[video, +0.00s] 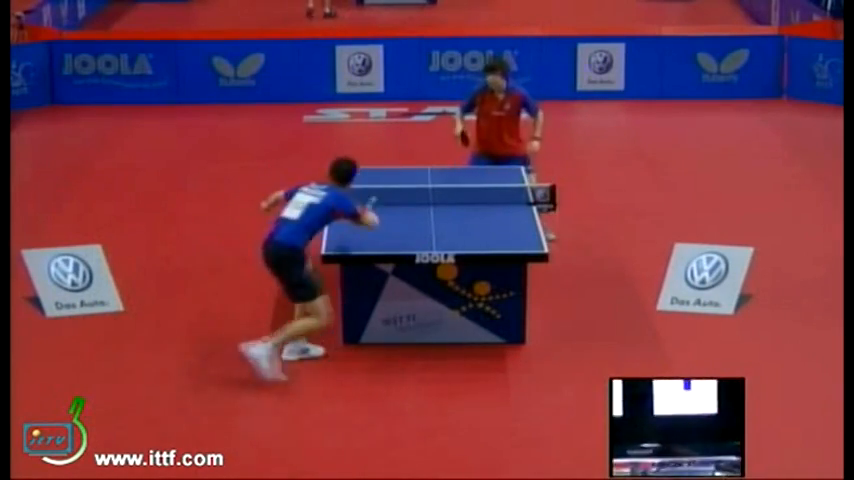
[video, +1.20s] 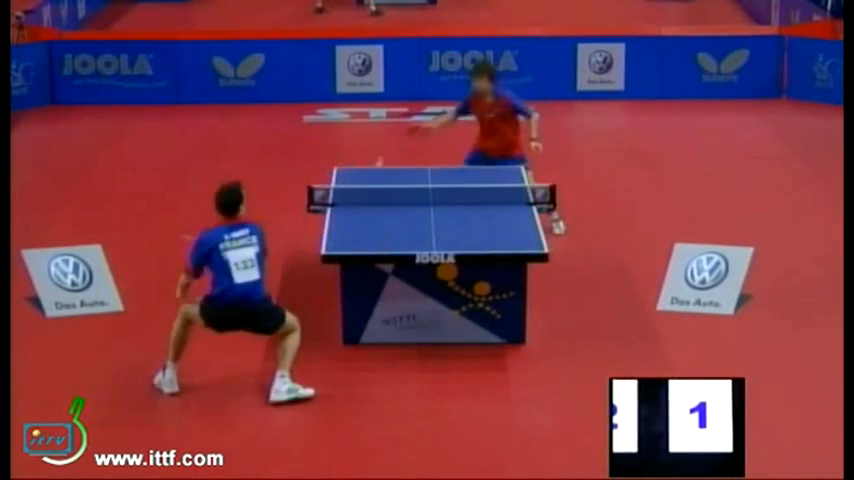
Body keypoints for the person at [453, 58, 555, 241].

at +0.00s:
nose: (492, 81)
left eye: (496, 77)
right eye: (489, 77)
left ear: (504, 77)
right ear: (486, 78)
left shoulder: (517, 95)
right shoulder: (481, 94)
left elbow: (538, 113)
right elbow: (462, 111)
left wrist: (536, 139)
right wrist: (460, 129)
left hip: (514, 155)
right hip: (485, 153)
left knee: (528, 192)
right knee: (470, 188)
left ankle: (537, 229)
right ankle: (469, 231)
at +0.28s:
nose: (494, 103)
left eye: (498, 99)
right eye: (491, 98)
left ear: (504, 100)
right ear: (487, 99)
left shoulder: (516, 116)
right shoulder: (480, 114)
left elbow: (541, 135)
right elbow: (454, 131)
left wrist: (540, 150)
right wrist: (457, 144)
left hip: (509, 167)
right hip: (483, 167)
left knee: (526, 199)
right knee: (476, 202)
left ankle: (537, 231)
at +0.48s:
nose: (499, 114)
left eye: (503, 110)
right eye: (496, 109)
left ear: (509, 110)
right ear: (490, 107)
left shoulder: (516, 122)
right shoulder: (480, 120)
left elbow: (537, 143)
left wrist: (536, 150)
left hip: (502, 169)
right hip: (478, 169)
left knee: (518, 201)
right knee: (474, 205)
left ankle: (535, 231)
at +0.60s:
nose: (499, 109)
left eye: (502, 105)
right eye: (496, 104)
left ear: (508, 107)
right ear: (490, 105)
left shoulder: (515, 120)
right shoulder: (484, 115)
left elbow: (527, 135)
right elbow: (471, 126)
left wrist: (534, 141)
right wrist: (484, 131)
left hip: (498, 160)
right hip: (476, 159)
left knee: (513, 193)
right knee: (473, 195)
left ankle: (535, 230)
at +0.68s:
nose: (500, 104)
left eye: (503, 100)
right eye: (497, 99)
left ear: (509, 101)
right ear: (492, 100)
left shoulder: (517, 116)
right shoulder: (487, 113)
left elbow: (530, 132)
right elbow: (477, 121)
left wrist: (538, 138)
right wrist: (469, 121)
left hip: (502, 160)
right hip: (478, 159)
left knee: (527, 187)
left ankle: (537, 226)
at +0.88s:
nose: (505, 83)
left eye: (508, 79)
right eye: (502, 79)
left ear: (515, 80)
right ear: (497, 80)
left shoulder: (525, 99)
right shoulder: (490, 95)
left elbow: (549, 118)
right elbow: (468, 105)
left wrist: (547, 127)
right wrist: (452, 113)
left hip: (516, 153)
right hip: (488, 152)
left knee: (532, 185)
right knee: (474, 188)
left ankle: (537, 226)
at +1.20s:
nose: (479, 86)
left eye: (483, 81)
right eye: (477, 81)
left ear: (491, 82)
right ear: (473, 82)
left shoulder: (504, 99)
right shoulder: (473, 99)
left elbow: (532, 115)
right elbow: (454, 115)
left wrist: (533, 139)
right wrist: (432, 127)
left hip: (510, 154)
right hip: (483, 153)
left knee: (528, 188)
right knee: (463, 183)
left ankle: (554, 218)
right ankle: (460, 220)